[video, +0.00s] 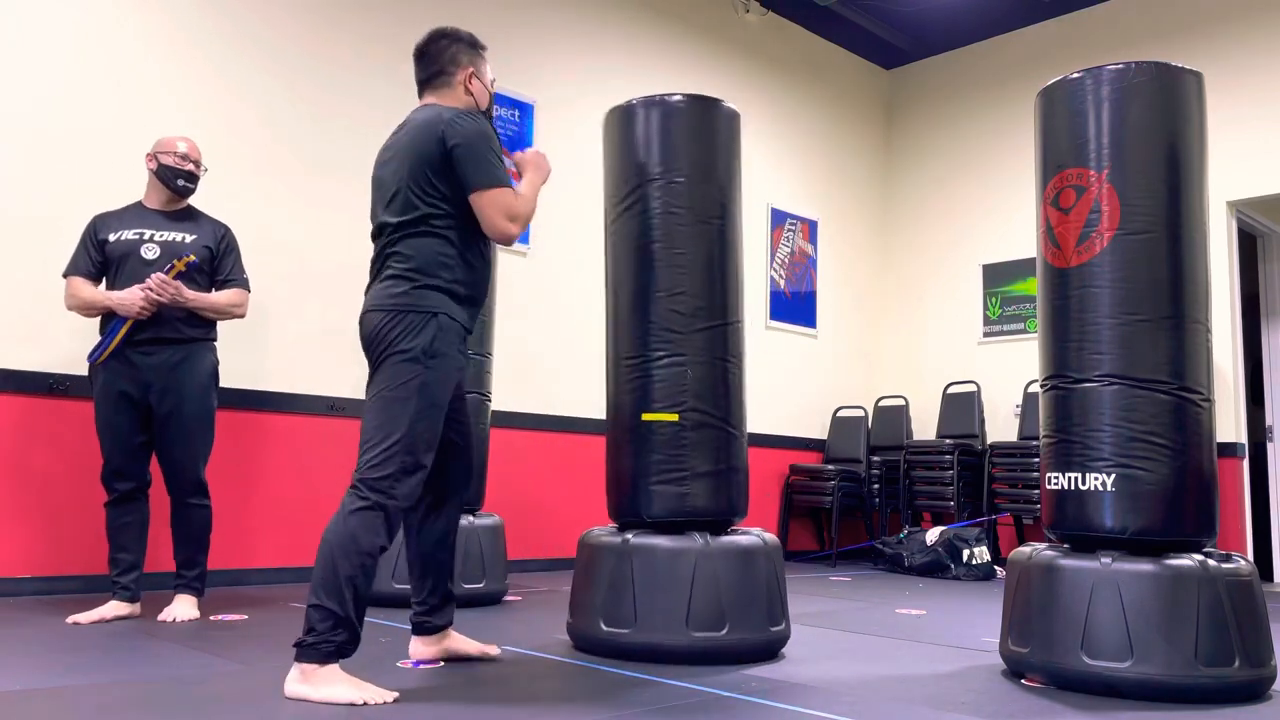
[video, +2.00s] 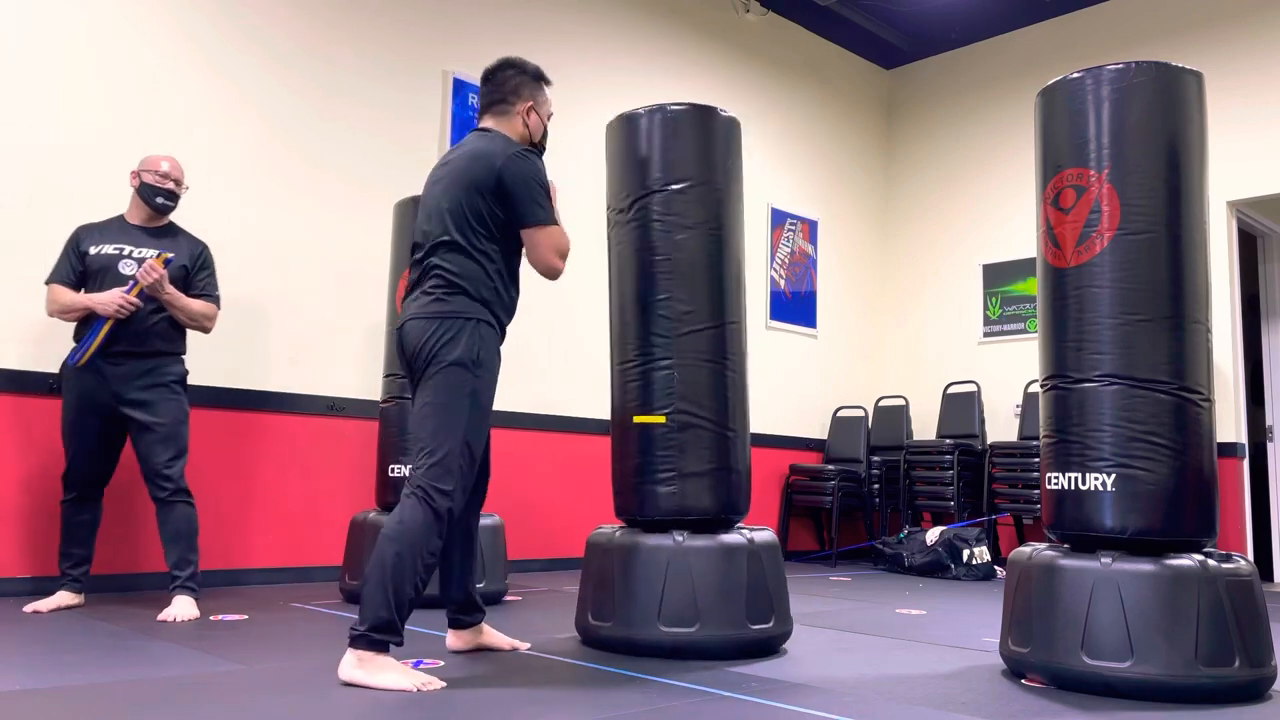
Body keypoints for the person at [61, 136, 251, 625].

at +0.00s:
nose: (186, 164)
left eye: (194, 161)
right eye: (176, 154)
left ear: (200, 177)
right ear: (150, 162)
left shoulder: (215, 234)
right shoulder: (106, 226)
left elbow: (238, 304)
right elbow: (74, 294)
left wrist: (187, 298)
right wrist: (115, 299)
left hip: (187, 370)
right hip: (119, 370)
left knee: (187, 483)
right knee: (123, 483)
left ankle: (188, 592)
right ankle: (124, 594)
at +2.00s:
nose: (168, 185)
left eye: (176, 182)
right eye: (159, 176)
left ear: (182, 194)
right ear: (133, 180)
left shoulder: (193, 250)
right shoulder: (88, 237)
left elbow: (207, 320)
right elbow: (56, 301)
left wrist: (166, 291)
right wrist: (93, 301)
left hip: (158, 382)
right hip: (91, 379)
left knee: (169, 483)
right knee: (80, 484)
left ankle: (184, 592)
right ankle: (71, 587)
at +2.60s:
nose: (121, 182)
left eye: (128, 178)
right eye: (111, 173)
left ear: (134, 189)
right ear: (85, 179)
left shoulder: (151, 245)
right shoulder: (44, 239)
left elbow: (172, 311)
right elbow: (15, 305)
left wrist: (126, 292)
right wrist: (51, 303)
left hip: (124, 381)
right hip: (58, 380)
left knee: (126, 481)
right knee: (63, 484)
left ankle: (130, 589)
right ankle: (70, 586)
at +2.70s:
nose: (118, 183)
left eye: (125, 178)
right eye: (108, 174)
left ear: (131, 189)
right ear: (82, 179)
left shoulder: (148, 245)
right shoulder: (41, 240)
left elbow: (169, 311)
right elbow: (11, 305)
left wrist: (123, 292)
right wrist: (48, 303)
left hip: (122, 380)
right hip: (56, 379)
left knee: (127, 480)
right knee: (62, 483)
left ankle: (131, 589)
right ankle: (71, 586)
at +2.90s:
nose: (112, 184)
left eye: (119, 178)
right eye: (102, 175)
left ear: (125, 189)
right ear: (75, 180)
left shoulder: (142, 245)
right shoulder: (34, 241)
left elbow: (164, 312)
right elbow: (5, 306)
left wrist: (118, 292)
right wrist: (44, 303)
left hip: (117, 380)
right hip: (51, 380)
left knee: (124, 479)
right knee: (58, 483)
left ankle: (130, 588)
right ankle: (70, 586)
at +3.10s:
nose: (106, 183)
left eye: (112, 178)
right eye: (95, 174)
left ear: (119, 189)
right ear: (69, 180)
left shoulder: (136, 245)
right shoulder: (28, 241)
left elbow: (157, 311)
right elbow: (3, 307)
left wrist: (111, 290)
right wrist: (37, 303)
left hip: (110, 378)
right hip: (45, 378)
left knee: (113, 479)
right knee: (56, 482)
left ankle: (116, 587)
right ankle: (69, 586)